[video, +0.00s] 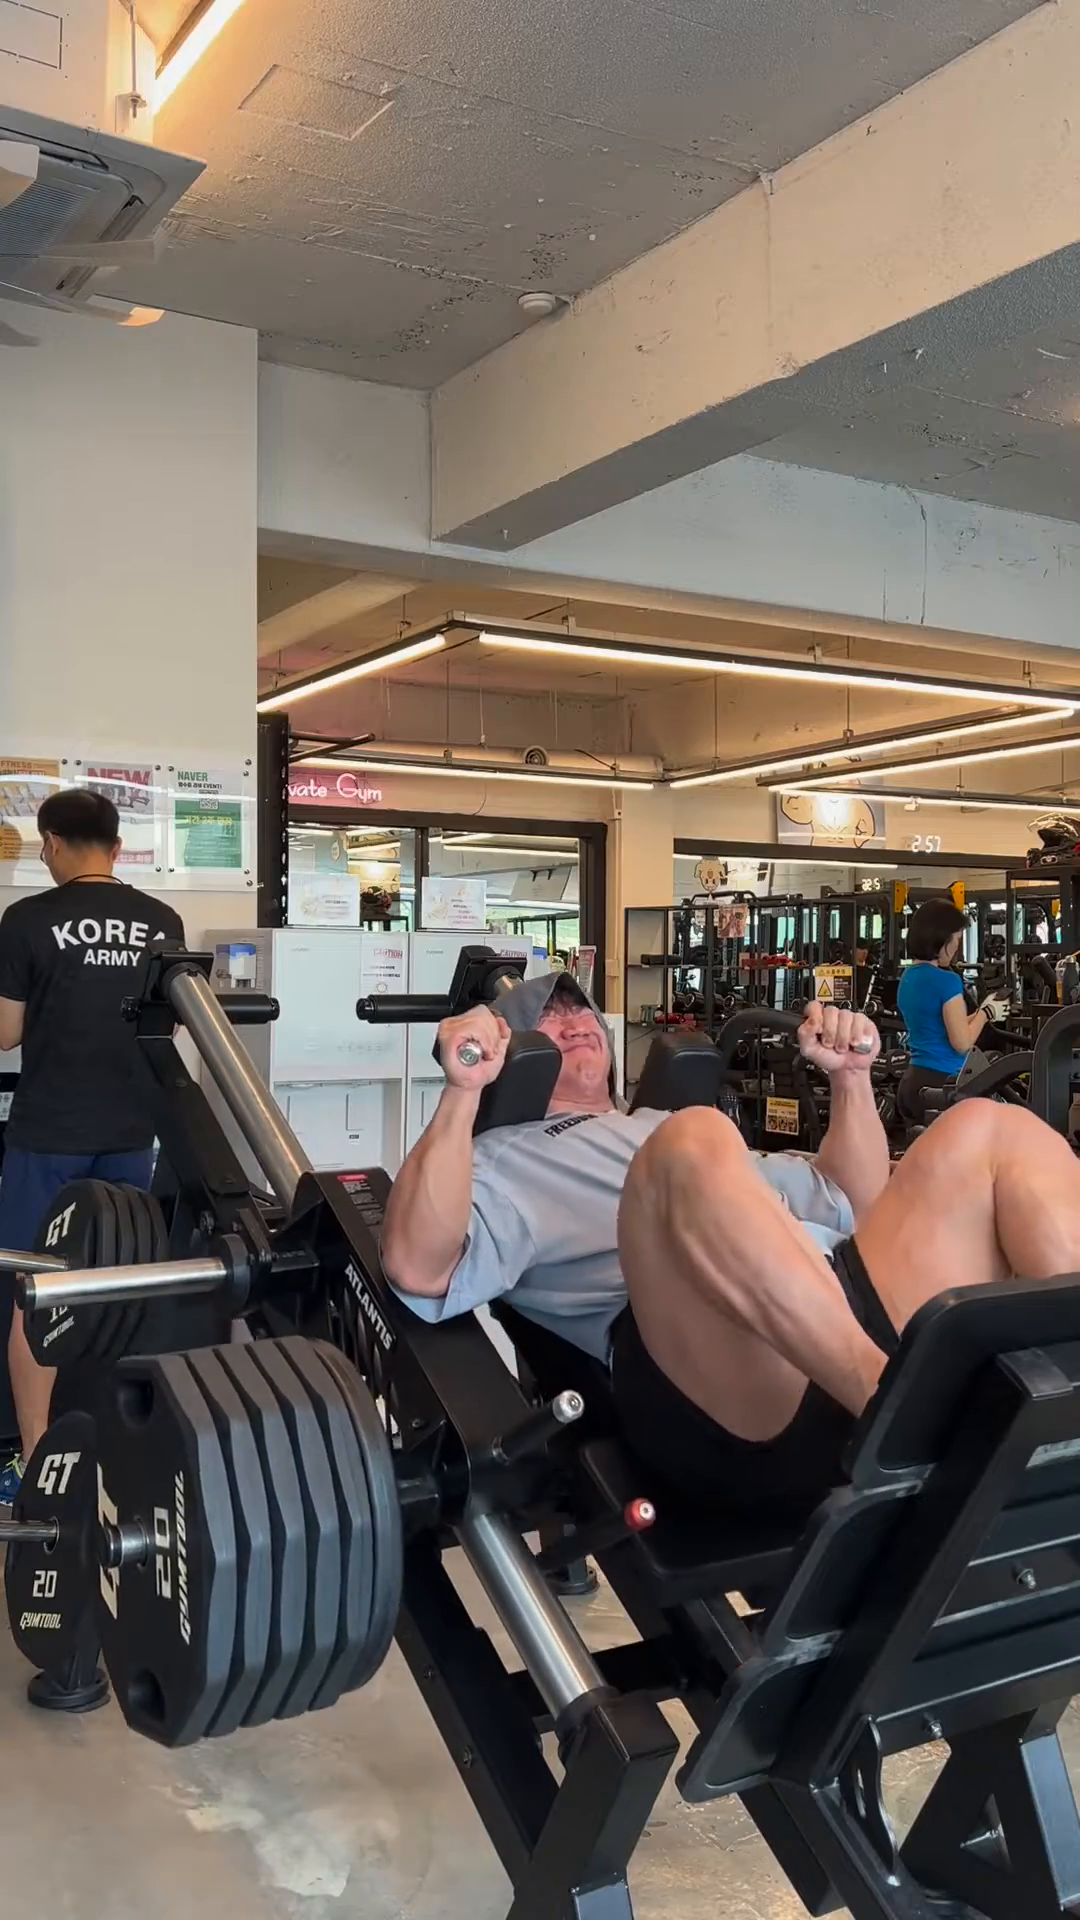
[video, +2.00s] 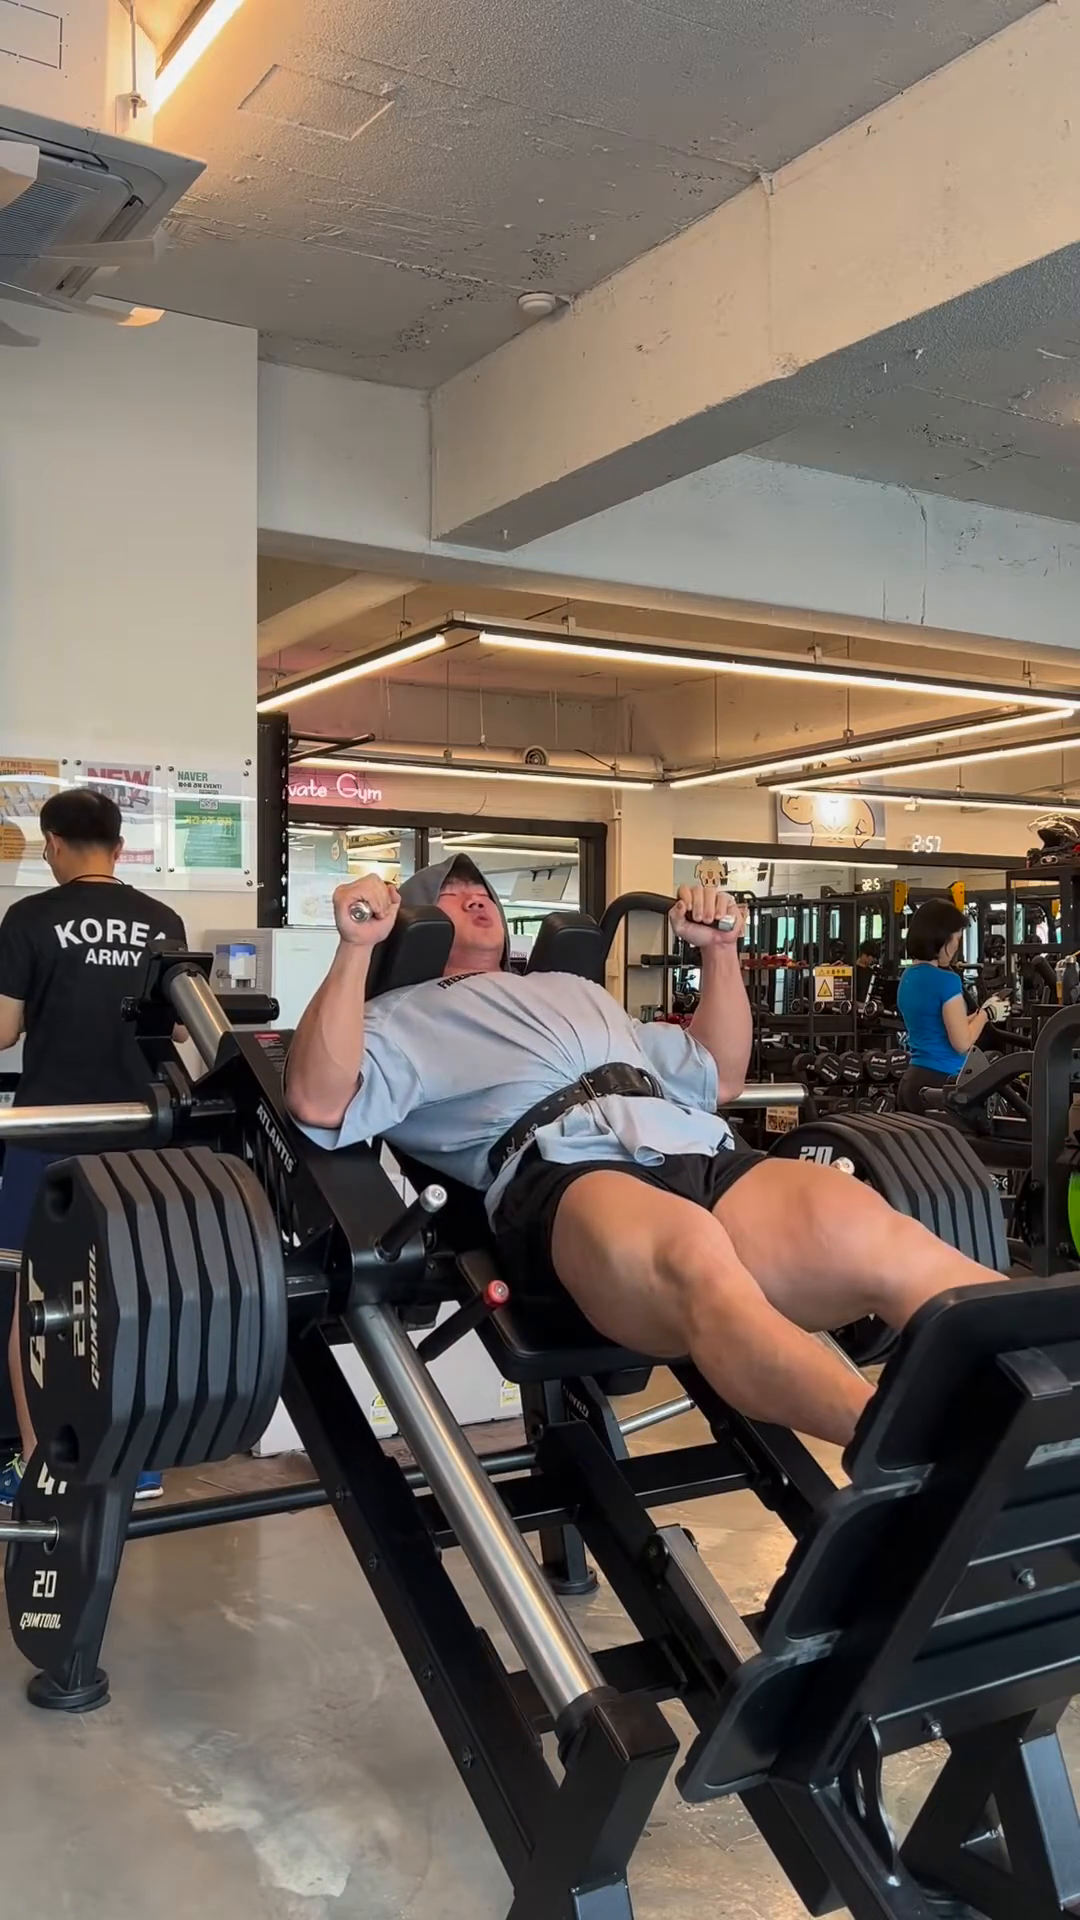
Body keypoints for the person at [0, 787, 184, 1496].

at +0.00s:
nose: (48, 857)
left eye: (45, 847)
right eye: (52, 847)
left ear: (50, 846)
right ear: (116, 847)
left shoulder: (29, 920)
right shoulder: (164, 920)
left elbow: (8, 1031)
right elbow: (174, 1024)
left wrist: (60, 1020)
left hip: (49, 1132)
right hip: (138, 1133)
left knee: (32, 1298)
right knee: (127, 1294)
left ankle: (39, 1461)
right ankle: (126, 1454)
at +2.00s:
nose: (52, 857)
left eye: (49, 847)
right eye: (62, 847)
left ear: (51, 845)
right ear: (119, 847)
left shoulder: (31, 917)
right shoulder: (164, 920)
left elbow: (5, 1029)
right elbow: (181, 1028)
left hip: (48, 1139)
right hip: (140, 1141)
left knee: (29, 1298)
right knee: (135, 1296)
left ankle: (35, 1458)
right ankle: (138, 1464)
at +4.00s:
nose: (41, 861)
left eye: (39, 852)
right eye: (44, 852)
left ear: (46, 849)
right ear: (111, 847)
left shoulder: (29, 920)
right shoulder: (161, 919)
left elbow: (10, 1034)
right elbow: (177, 1030)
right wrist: (116, 1030)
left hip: (50, 1130)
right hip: (136, 1130)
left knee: (31, 1296)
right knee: (123, 1289)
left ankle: (38, 1460)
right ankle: (124, 1452)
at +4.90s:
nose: (50, 860)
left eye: (47, 850)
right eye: (56, 850)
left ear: (51, 848)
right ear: (118, 849)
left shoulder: (33, 917)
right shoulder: (164, 920)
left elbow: (10, 1034)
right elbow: (185, 1032)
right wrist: (123, 1034)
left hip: (51, 1132)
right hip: (137, 1133)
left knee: (29, 1299)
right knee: (129, 1290)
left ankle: (41, 1463)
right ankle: (137, 1451)